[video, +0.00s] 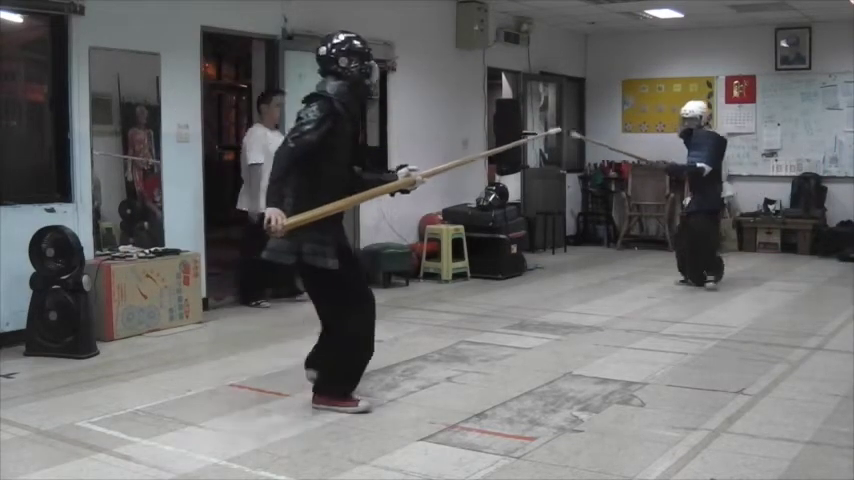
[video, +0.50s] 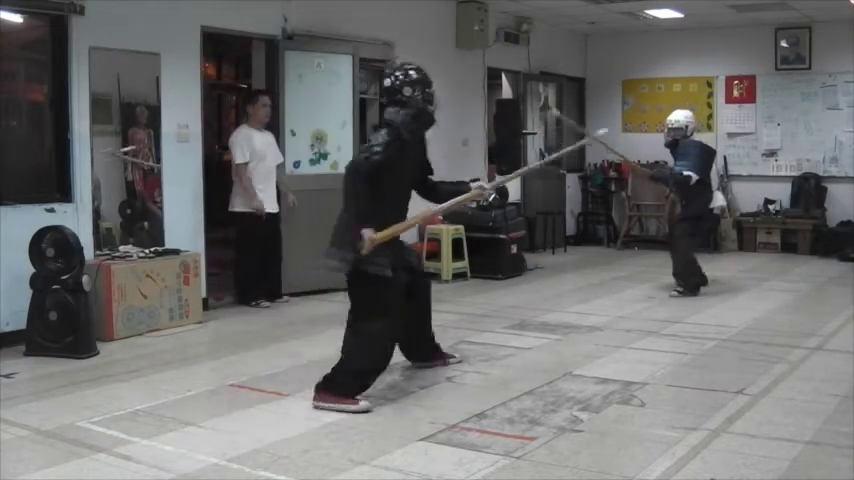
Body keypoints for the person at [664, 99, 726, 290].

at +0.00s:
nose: (686, 125)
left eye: (690, 120)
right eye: (685, 120)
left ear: (701, 120)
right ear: (685, 120)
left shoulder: (709, 138)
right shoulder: (693, 139)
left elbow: (701, 170)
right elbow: (695, 167)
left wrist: (672, 168)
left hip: (707, 197)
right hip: (695, 197)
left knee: (699, 234)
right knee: (685, 235)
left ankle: (715, 268)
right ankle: (693, 275)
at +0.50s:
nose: (672, 135)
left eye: (677, 130)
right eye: (670, 130)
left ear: (688, 130)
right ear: (666, 130)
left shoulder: (692, 148)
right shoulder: (679, 149)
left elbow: (686, 178)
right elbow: (679, 175)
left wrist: (656, 173)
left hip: (700, 206)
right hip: (690, 205)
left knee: (679, 237)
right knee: (676, 237)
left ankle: (690, 285)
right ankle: (694, 277)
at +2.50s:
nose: (676, 120)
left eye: (681, 116)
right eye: (675, 116)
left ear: (692, 117)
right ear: (673, 115)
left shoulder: (698, 137)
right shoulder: (684, 138)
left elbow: (698, 170)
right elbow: (686, 168)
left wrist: (668, 173)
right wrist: (669, 169)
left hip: (695, 196)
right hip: (684, 195)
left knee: (685, 235)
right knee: (678, 234)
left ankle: (694, 281)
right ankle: (693, 275)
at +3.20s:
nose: (665, 128)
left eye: (670, 124)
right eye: (663, 124)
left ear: (680, 125)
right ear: (661, 123)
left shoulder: (686, 144)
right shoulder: (671, 144)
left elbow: (678, 175)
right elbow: (672, 171)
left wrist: (653, 179)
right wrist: (661, 178)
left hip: (690, 200)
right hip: (682, 198)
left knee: (678, 238)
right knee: (678, 236)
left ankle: (676, 285)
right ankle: (696, 273)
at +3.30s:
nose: (662, 132)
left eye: (667, 128)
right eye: (660, 127)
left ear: (678, 129)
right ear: (658, 127)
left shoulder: (679, 149)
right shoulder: (669, 148)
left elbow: (669, 180)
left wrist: (636, 188)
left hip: (685, 206)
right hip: (680, 204)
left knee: (668, 243)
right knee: (676, 241)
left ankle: (673, 286)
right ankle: (695, 274)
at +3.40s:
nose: (661, 133)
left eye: (666, 129)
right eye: (660, 129)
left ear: (678, 130)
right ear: (657, 129)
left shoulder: (680, 150)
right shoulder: (668, 148)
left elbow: (668, 179)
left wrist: (636, 188)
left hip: (686, 206)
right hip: (680, 205)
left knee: (666, 239)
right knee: (668, 239)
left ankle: (672, 286)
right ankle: (690, 275)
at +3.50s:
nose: (662, 134)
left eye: (667, 130)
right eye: (660, 130)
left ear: (678, 131)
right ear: (657, 130)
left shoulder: (680, 150)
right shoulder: (668, 149)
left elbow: (666, 180)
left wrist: (635, 190)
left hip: (686, 207)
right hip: (679, 205)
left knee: (664, 240)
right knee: (668, 240)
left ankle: (672, 285)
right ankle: (689, 275)